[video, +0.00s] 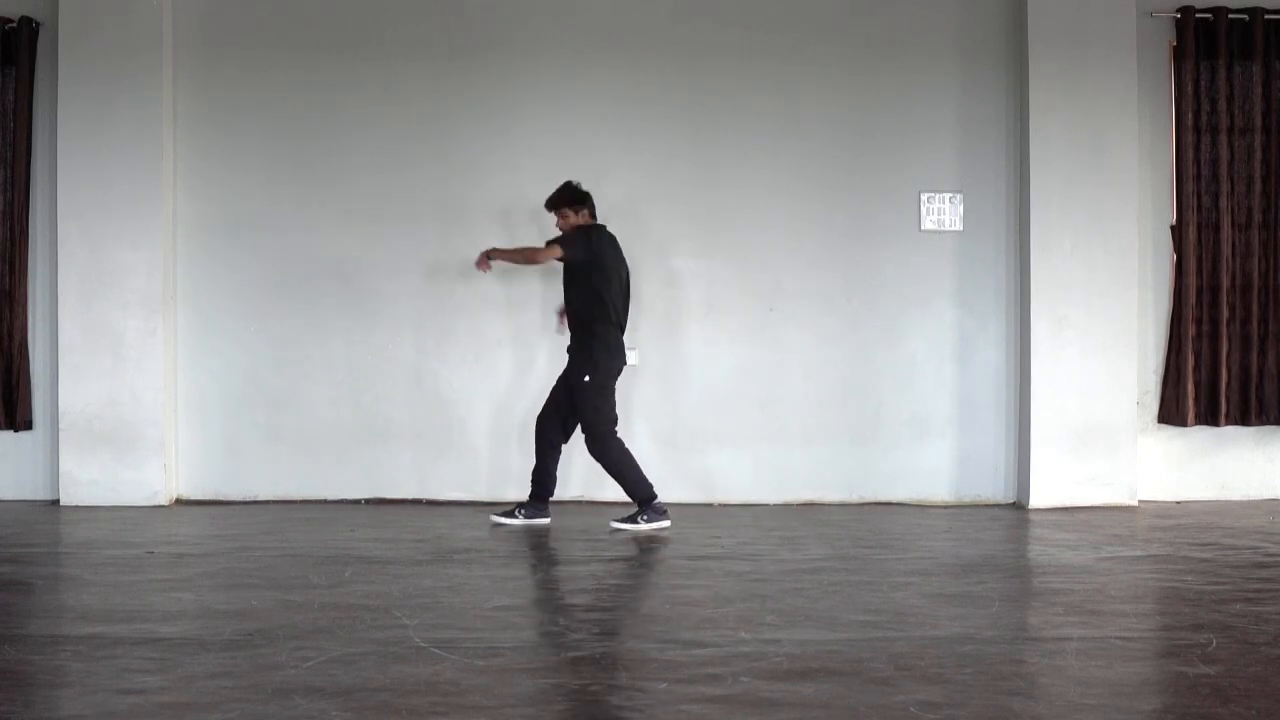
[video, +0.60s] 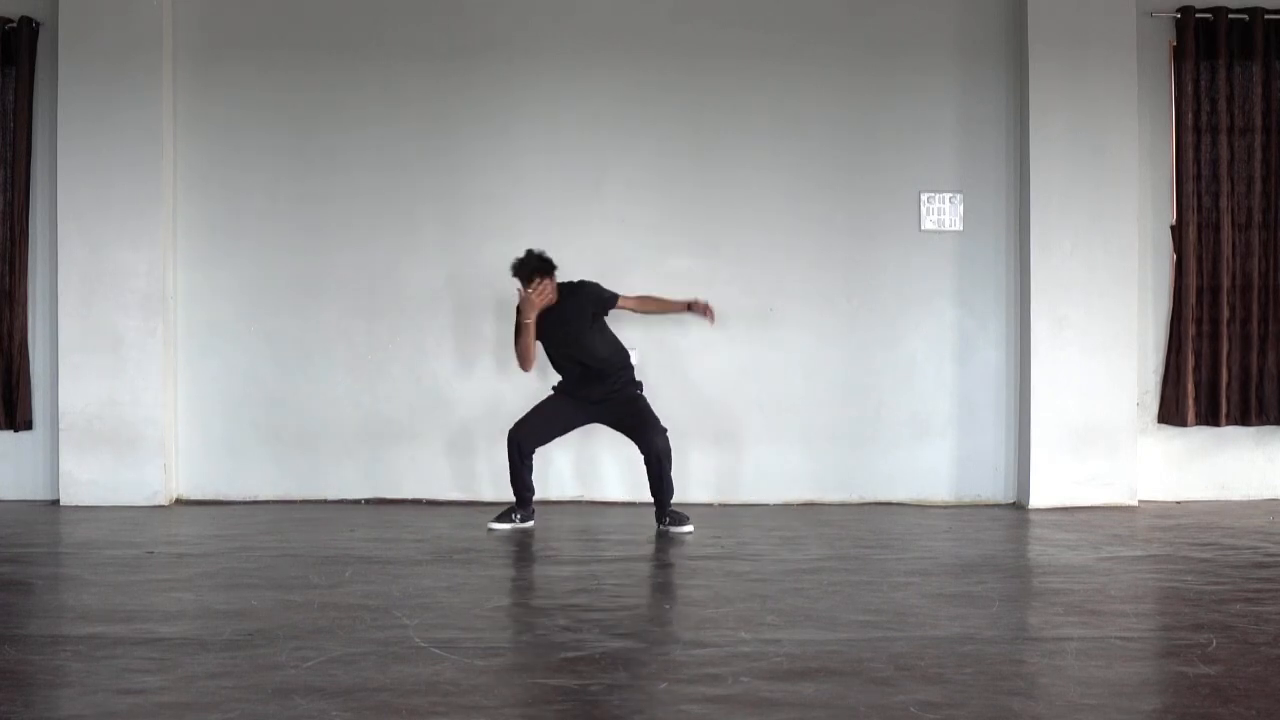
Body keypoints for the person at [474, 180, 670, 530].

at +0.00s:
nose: (557, 224)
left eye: (561, 216)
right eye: (556, 217)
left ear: (580, 212)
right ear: (585, 215)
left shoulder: (586, 238)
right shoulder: (605, 242)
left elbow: (540, 255)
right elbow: (610, 294)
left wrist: (494, 253)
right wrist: (574, 311)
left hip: (595, 355)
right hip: (593, 355)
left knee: (600, 438)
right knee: (549, 426)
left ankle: (652, 507)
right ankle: (537, 505)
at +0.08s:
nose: (568, 217)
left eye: (575, 210)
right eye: (566, 210)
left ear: (595, 209)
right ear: (565, 213)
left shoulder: (604, 235)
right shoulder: (581, 250)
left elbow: (583, 260)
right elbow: (565, 295)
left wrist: (526, 263)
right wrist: (542, 269)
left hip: (605, 351)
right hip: (581, 352)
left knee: (609, 437)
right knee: (548, 426)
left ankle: (653, 507)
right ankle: (537, 505)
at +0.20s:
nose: (575, 210)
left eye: (580, 203)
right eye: (572, 204)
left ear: (599, 202)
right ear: (576, 208)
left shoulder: (622, 237)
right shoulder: (571, 239)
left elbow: (619, 230)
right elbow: (542, 264)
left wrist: (576, 199)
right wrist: (565, 215)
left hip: (611, 358)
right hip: (571, 357)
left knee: (626, 436)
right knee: (539, 424)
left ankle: (656, 508)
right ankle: (538, 505)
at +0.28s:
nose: (612, 216)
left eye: (609, 209)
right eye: (605, 208)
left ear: (613, 212)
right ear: (590, 212)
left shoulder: (626, 245)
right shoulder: (573, 241)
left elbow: (644, 220)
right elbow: (557, 270)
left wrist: (611, 186)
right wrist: (588, 225)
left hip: (615, 366)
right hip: (568, 365)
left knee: (646, 436)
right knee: (529, 427)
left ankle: (662, 508)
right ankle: (535, 506)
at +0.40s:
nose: (607, 258)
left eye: (612, 253)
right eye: (602, 251)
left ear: (621, 248)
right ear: (589, 245)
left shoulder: (624, 267)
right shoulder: (573, 266)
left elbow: (664, 240)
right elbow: (571, 315)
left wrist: (630, 205)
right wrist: (603, 274)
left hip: (615, 382)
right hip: (568, 383)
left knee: (658, 430)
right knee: (521, 437)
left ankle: (666, 511)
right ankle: (526, 508)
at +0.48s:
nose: (589, 277)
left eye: (594, 271)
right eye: (582, 272)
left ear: (601, 266)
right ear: (569, 269)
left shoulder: (615, 282)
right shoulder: (558, 288)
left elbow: (665, 271)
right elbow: (563, 343)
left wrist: (657, 235)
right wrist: (587, 298)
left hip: (616, 393)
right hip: (569, 395)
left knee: (660, 433)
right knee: (519, 441)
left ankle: (665, 512)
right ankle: (524, 509)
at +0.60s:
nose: (536, 295)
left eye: (540, 288)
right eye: (530, 291)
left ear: (552, 281)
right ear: (524, 290)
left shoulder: (583, 294)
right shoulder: (526, 314)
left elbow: (636, 304)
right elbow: (526, 363)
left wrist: (688, 306)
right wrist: (528, 318)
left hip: (619, 394)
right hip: (574, 396)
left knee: (656, 440)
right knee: (520, 437)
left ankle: (665, 513)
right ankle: (523, 509)